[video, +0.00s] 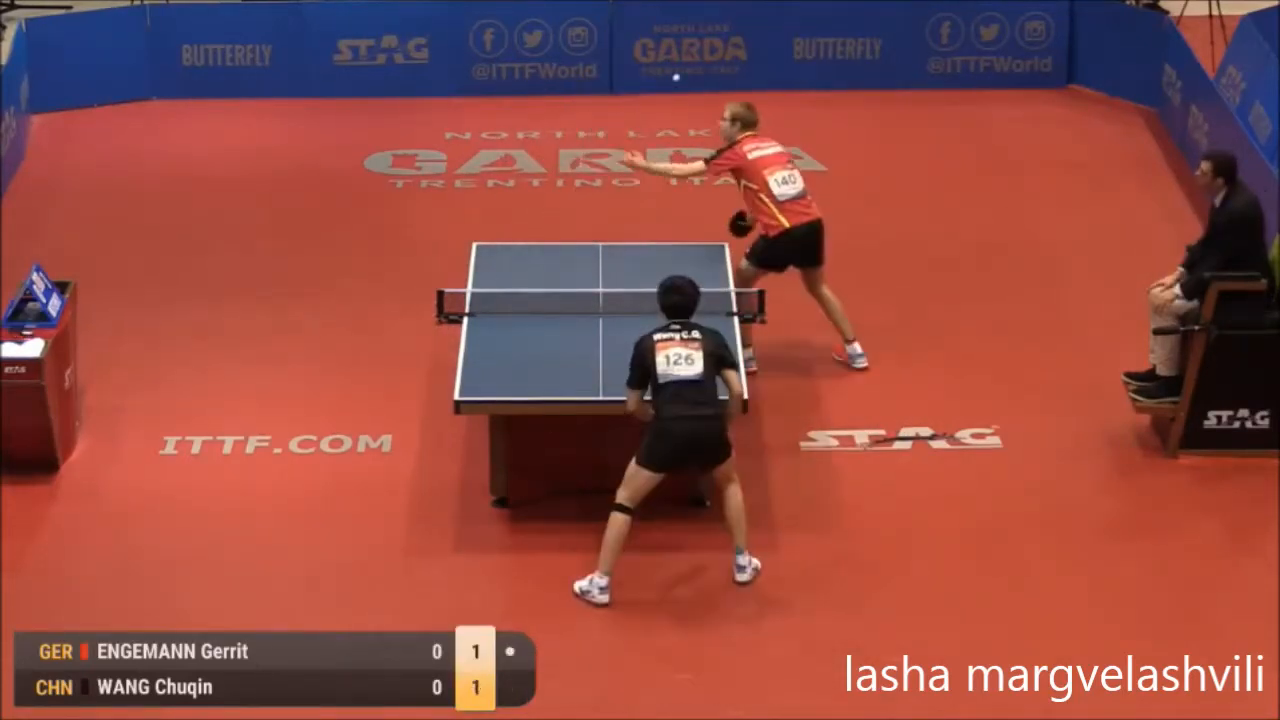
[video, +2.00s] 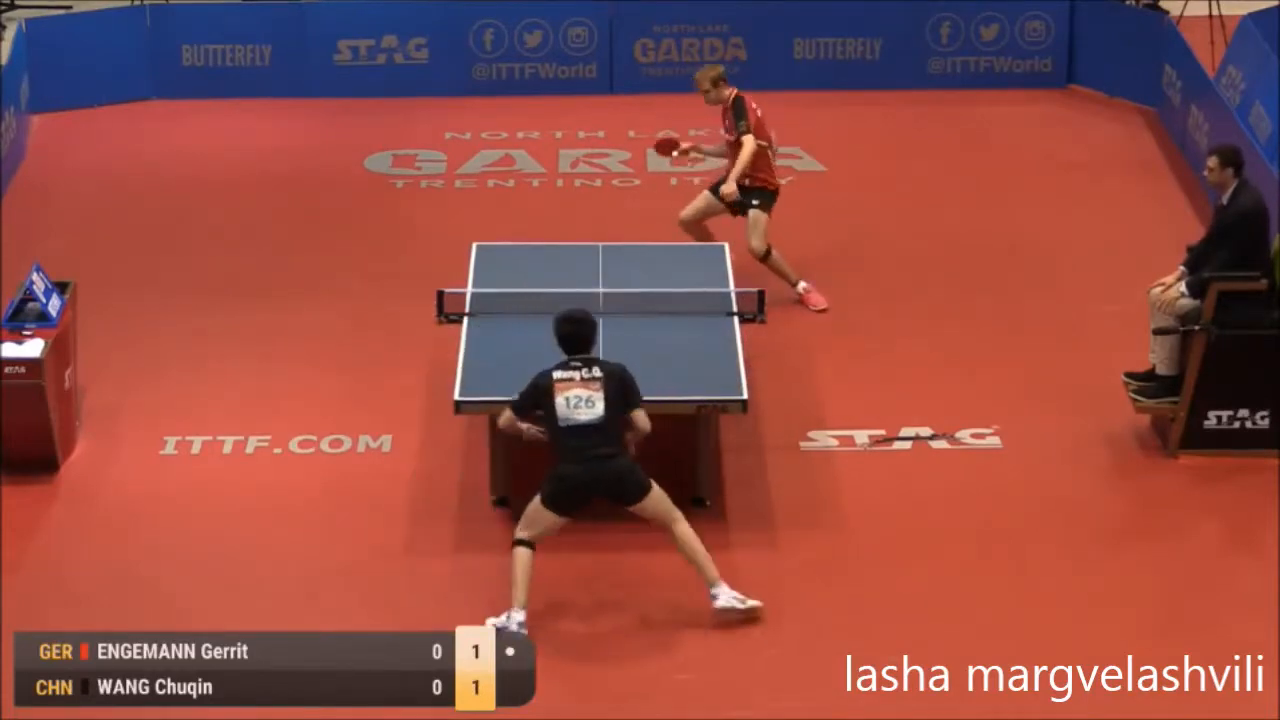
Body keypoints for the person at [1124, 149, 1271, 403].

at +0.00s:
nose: (1196, 176)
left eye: (1202, 173)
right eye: (1198, 170)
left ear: (1219, 179)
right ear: (1219, 178)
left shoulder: (1238, 209)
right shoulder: (1223, 200)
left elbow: (1219, 262)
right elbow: (1206, 245)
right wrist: (1179, 274)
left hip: (1240, 290)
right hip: (1222, 278)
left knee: (1167, 306)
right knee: (1157, 295)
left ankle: (1170, 379)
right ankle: (1160, 369)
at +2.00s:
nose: (1205, 175)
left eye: (1211, 170)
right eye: (1206, 169)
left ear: (1229, 171)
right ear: (1223, 172)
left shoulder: (1246, 206)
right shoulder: (1229, 200)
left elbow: (1227, 263)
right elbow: (1209, 244)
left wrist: (1185, 287)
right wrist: (1179, 274)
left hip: (1238, 291)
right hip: (1221, 279)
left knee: (1166, 305)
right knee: (1156, 295)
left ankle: (1169, 378)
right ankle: (1160, 369)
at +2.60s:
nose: (1207, 175)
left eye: (1213, 169)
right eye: (1207, 169)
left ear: (1232, 170)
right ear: (1225, 172)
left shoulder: (1245, 205)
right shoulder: (1231, 199)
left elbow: (1221, 257)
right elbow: (1210, 244)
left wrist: (1178, 279)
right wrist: (1177, 272)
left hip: (1236, 288)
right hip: (1222, 278)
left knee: (1165, 307)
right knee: (1157, 296)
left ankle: (1168, 378)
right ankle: (1160, 369)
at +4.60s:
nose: (1207, 175)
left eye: (1213, 170)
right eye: (1207, 169)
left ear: (1232, 172)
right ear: (1224, 172)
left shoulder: (1249, 206)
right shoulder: (1226, 199)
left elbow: (1229, 264)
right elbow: (1205, 240)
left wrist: (1184, 288)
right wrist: (1173, 274)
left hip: (1242, 292)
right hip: (1224, 280)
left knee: (1168, 307)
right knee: (1159, 297)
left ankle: (1168, 379)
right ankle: (1159, 370)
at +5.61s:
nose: (1180, 179)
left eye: (1186, 173)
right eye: (1179, 174)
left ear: (1206, 174)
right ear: (1201, 175)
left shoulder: (1223, 204)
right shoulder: (1211, 201)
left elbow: (1210, 257)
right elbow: (1196, 250)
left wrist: (1177, 292)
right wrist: (1169, 278)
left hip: (1241, 292)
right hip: (1225, 283)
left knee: (1166, 307)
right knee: (1157, 297)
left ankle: (1171, 380)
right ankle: (1161, 369)